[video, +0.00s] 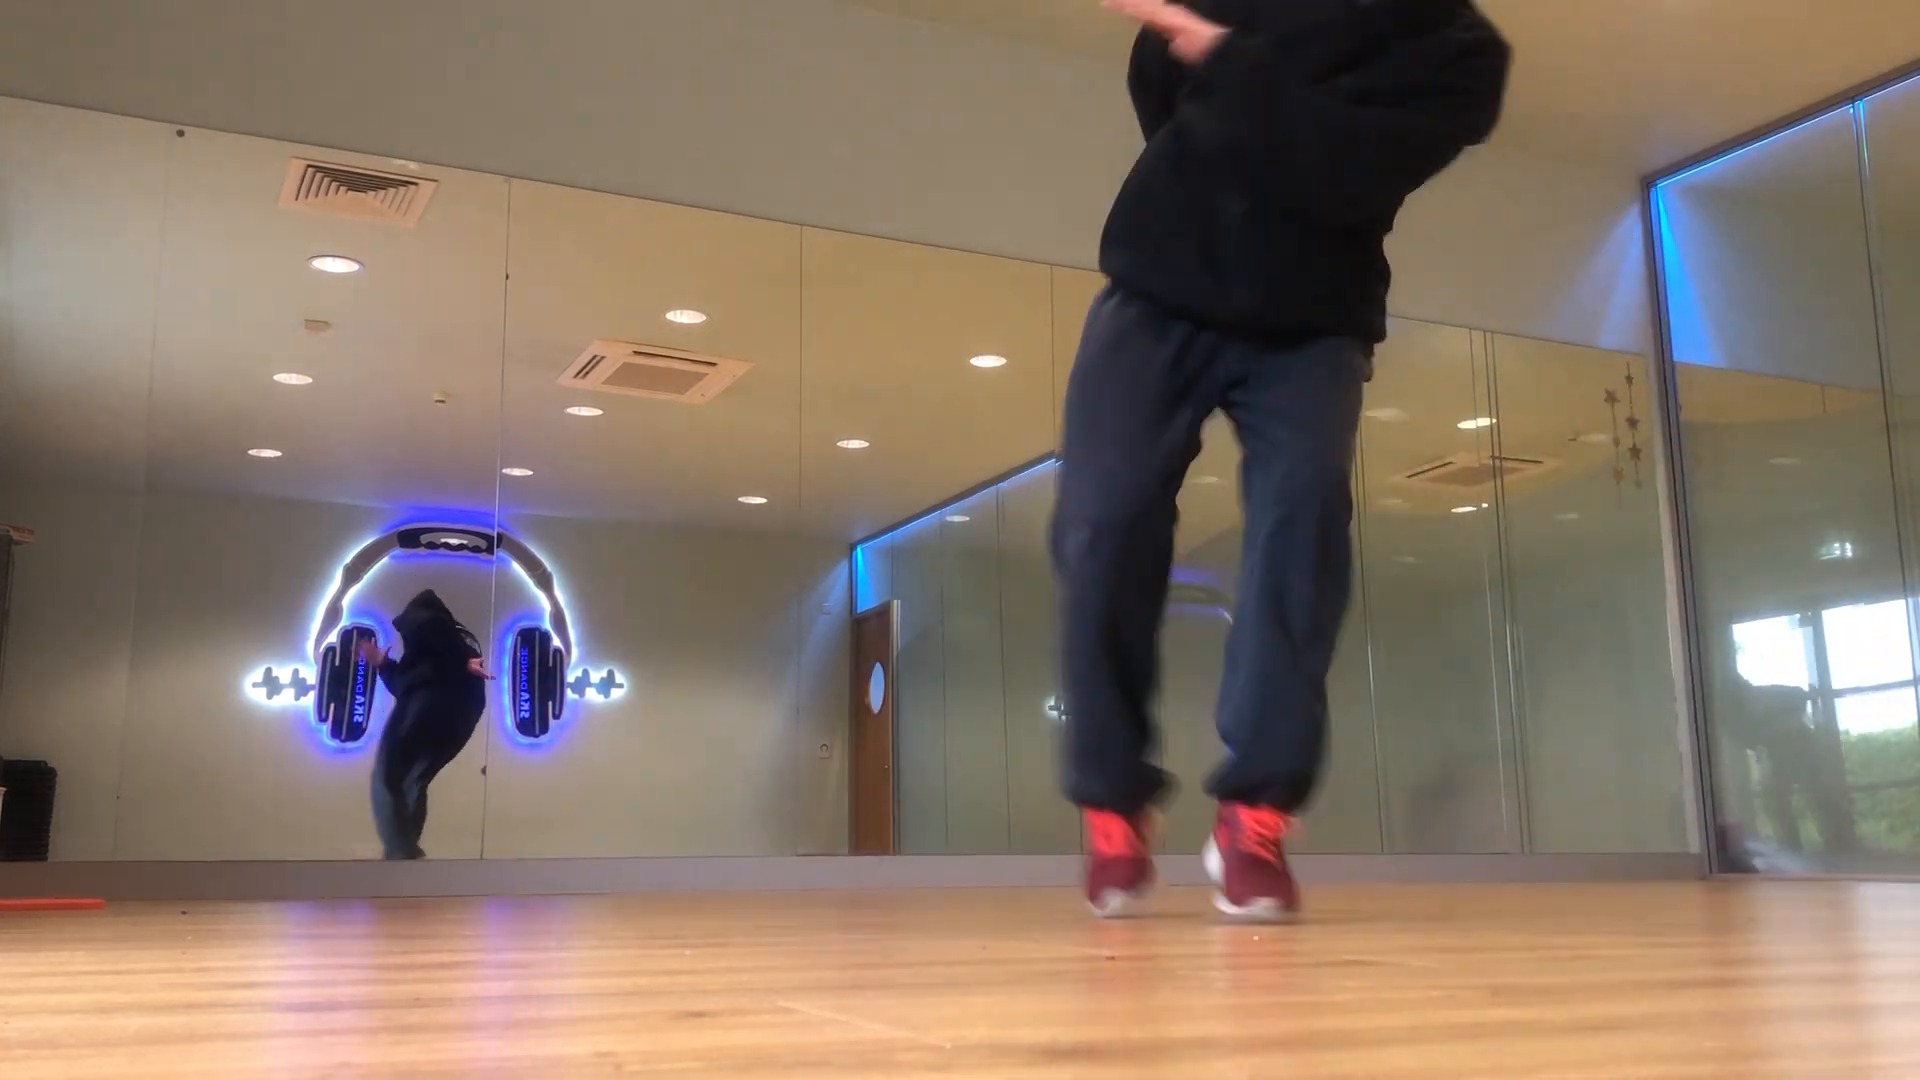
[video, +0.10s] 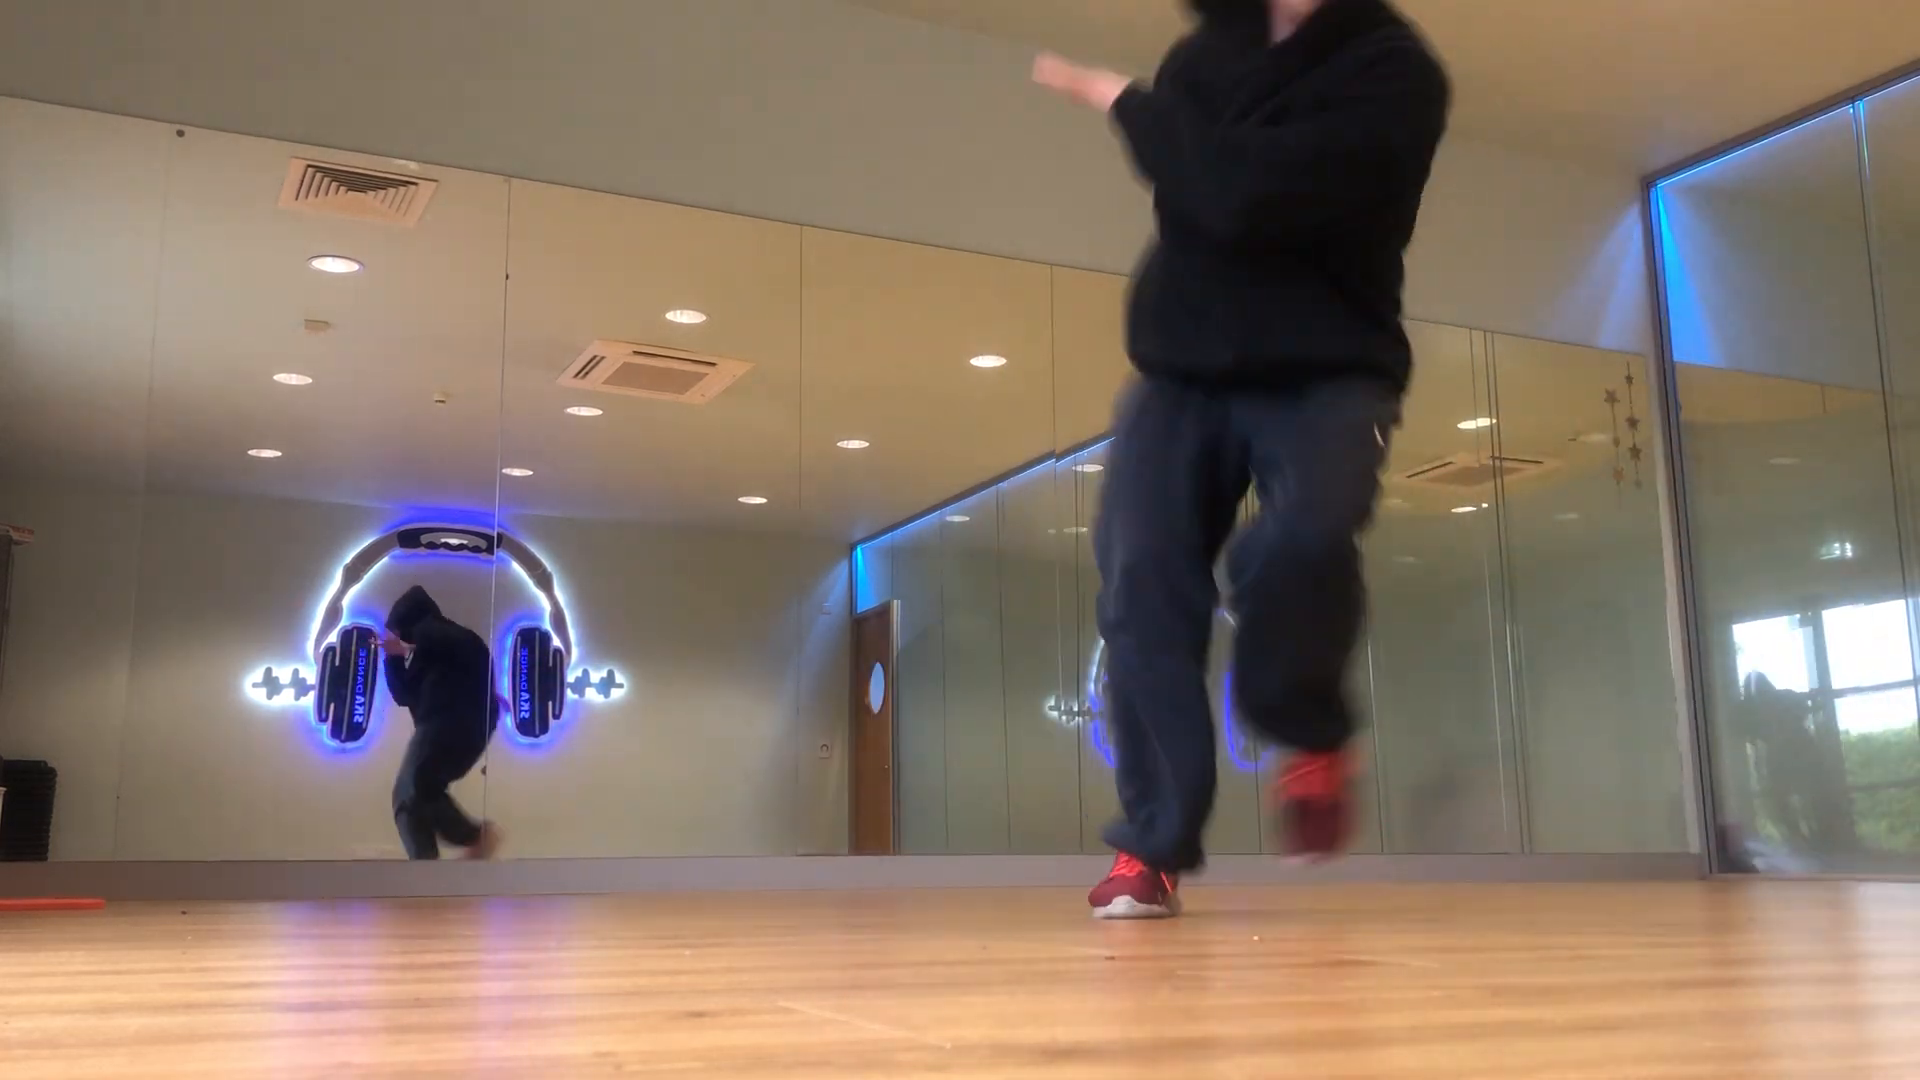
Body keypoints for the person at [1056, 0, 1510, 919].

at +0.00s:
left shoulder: (1458, 46)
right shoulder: (1229, 10)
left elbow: (1358, 163)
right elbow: (1171, 126)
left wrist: (1221, 49)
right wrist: (1166, 38)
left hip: (1312, 315)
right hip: (1161, 289)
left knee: (1302, 517)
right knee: (1101, 530)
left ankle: (1256, 813)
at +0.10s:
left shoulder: (1395, 70)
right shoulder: (1207, 52)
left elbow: (1257, 191)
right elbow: (1183, 178)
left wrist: (1134, 101)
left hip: (1328, 371)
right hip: (1187, 368)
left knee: (1303, 543)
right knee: (1144, 583)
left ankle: (1307, 740)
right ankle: (1154, 846)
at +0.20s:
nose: (1206, 3)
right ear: (1179, 18)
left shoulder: (1342, 73)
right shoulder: (1201, 106)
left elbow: (1214, 211)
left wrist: (1106, 196)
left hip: (1371, 406)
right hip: (1239, 409)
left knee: (1390, 640)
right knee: (1165, 609)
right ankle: (1161, 851)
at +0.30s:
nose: (1203, 24)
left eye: (1214, 1)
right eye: (1178, 18)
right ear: (1163, 42)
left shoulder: (1330, 59)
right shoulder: (1225, 128)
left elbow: (1230, 179)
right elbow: (1333, 233)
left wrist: (1120, 244)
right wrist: (1464, 290)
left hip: (1451, 410)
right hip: (1307, 425)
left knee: (1560, 621)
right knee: (1220, 622)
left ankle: (1710, 787)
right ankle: (1159, 856)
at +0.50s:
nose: (1224, 170)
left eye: (1231, 143)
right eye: (1200, 166)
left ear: (1265, 131)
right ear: (1189, 193)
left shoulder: (1331, 158)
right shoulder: (1259, 286)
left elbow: (1378, 186)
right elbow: (1356, 362)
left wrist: (1426, 213)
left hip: (1541, 457)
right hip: (1400, 488)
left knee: (1650, 651)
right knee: (1290, 640)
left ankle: (1809, 826)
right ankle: (1169, 845)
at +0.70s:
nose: (1142, 167)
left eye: (1154, 141)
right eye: (1120, 152)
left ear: (1196, 127)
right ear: (1104, 161)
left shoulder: (1312, 164)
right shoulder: (1133, 244)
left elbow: (1463, 144)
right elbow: (1220, 313)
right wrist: (1233, 387)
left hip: (1386, 435)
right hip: (1246, 454)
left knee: (1500, 628)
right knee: (1189, 614)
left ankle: (1702, 792)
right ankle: (1158, 845)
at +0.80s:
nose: (1133, 118)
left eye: (1150, 96)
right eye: (1116, 100)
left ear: (1195, 88)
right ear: (1101, 103)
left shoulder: (1311, 179)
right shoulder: (1099, 186)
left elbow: (1389, 306)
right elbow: (1113, 292)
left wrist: (1311, 378)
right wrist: (1196, 356)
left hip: (1302, 442)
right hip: (1166, 439)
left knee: (1342, 633)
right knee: (1137, 616)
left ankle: (1493, 788)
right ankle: (1154, 843)